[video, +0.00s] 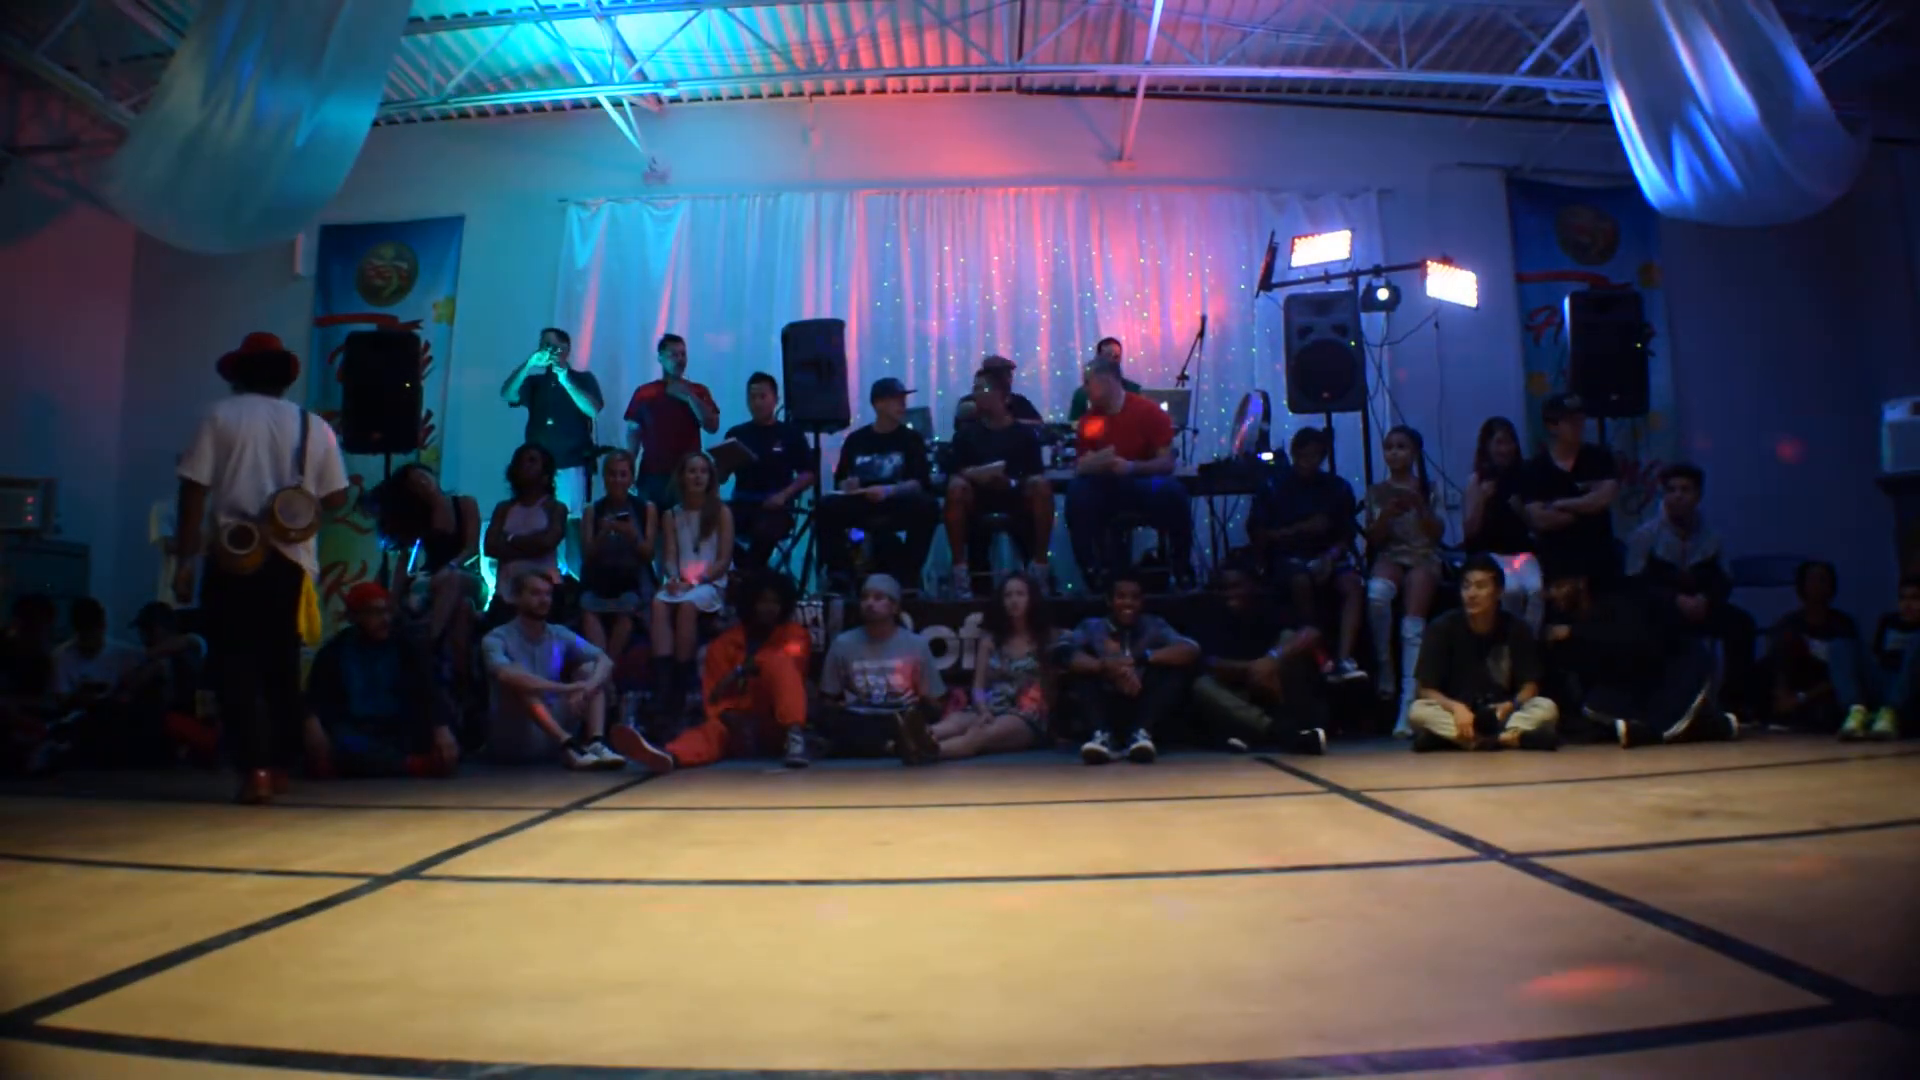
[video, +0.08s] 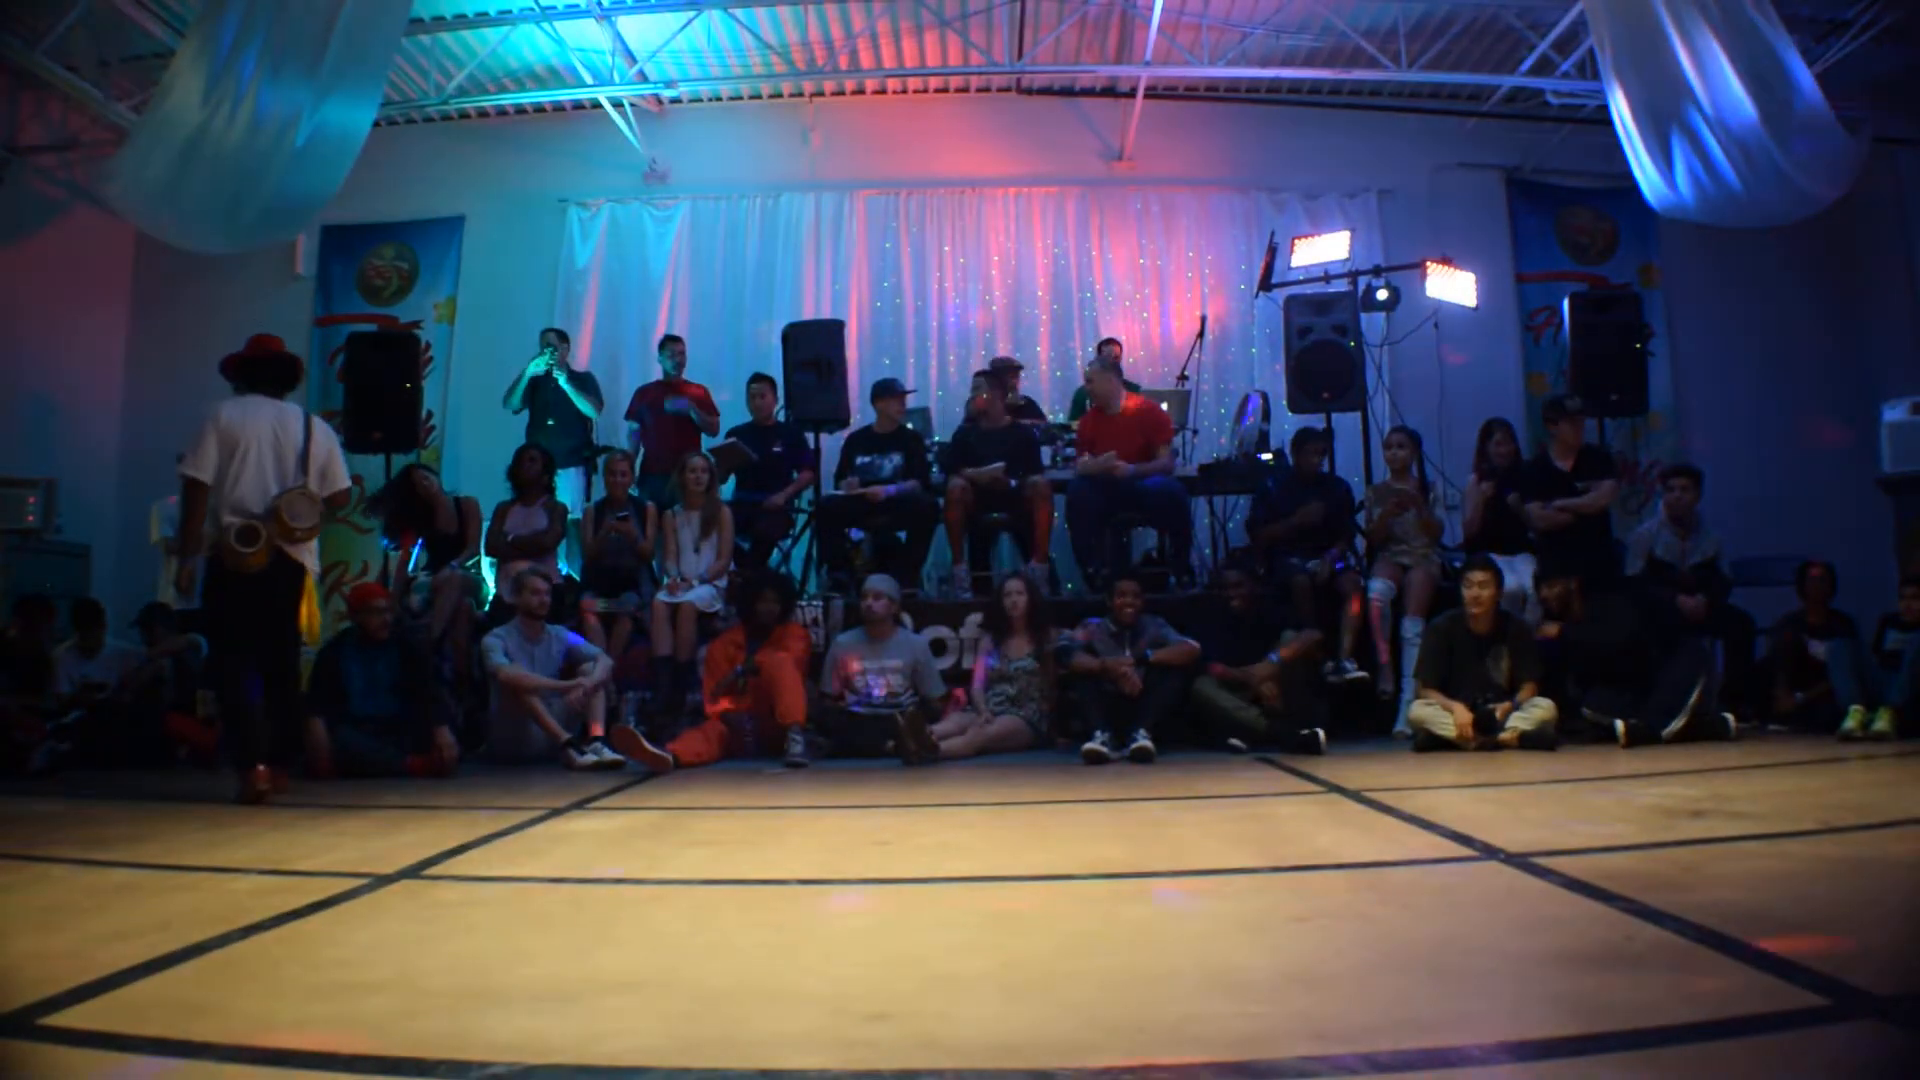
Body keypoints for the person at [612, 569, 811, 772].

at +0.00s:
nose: (768, 609)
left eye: (775, 603)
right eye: (762, 602)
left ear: (784, 607)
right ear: (749, 604)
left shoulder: (793, 634)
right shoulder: (724, 645)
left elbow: (790, 662)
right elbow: (713, 703)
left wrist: (756, 665)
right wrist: (735, 676)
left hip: (775, 718)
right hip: (737, 721)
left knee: (779, 661)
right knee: (709, 734)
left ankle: (795, 737)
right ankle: (670, 756)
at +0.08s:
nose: (768, 609)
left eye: (775, 603)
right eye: (762, 602)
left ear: (784, 607)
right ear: (749, 604)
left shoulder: (793, 634)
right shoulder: (724, 645)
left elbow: (790, 666)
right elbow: (714, 703)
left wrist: (756, 665)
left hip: (775, 718)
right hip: (738, 721)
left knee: (779, 661)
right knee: (711, 733)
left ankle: (794, 738)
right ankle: (671, 756)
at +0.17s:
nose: (768, 609)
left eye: (774, 603)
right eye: (762, 602)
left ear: (784, 607)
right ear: (749, 605)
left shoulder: (793, 634)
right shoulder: (724, 645)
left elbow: (787, 669)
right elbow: (714, 705)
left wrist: (751, 666)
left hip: (774, 717)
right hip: (738, 720)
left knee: (780, 661)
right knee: (711, 734)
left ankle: (794, 739)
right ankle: (670, 755)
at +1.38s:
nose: (767, 609)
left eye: (773, 603)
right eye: (761, 602)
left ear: (783, 606)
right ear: (748, 605)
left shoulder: (793, 633)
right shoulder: (724, 645)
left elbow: (789, 666)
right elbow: (713, 704)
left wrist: (753, 668)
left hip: (775, 715)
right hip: (738, 721)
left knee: (778, 660)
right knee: (711, 734)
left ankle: (795, 737)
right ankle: (670, 755)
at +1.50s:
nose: (768, 609)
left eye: (774, 603)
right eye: (762, 602)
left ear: (783, 607)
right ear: (749, 605)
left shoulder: (793, 634)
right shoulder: (723, 646)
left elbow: (790, 655)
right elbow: (713, 704)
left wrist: (753, 666)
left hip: (775, 717)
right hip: (738, 721)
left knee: (779, 661)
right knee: (711, 734)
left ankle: (795, 735)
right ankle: (670, 755)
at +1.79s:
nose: (757, 610)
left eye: (764, 604)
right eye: (752, 603)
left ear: (778, 605)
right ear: (743, 606)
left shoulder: (793, 634)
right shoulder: (724, 645)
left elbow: (786, 664)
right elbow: (714, 705)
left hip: (774, 716)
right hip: (738, 721)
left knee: (780, 660)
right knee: (711, 734)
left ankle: (795, 736)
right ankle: (670, 755)